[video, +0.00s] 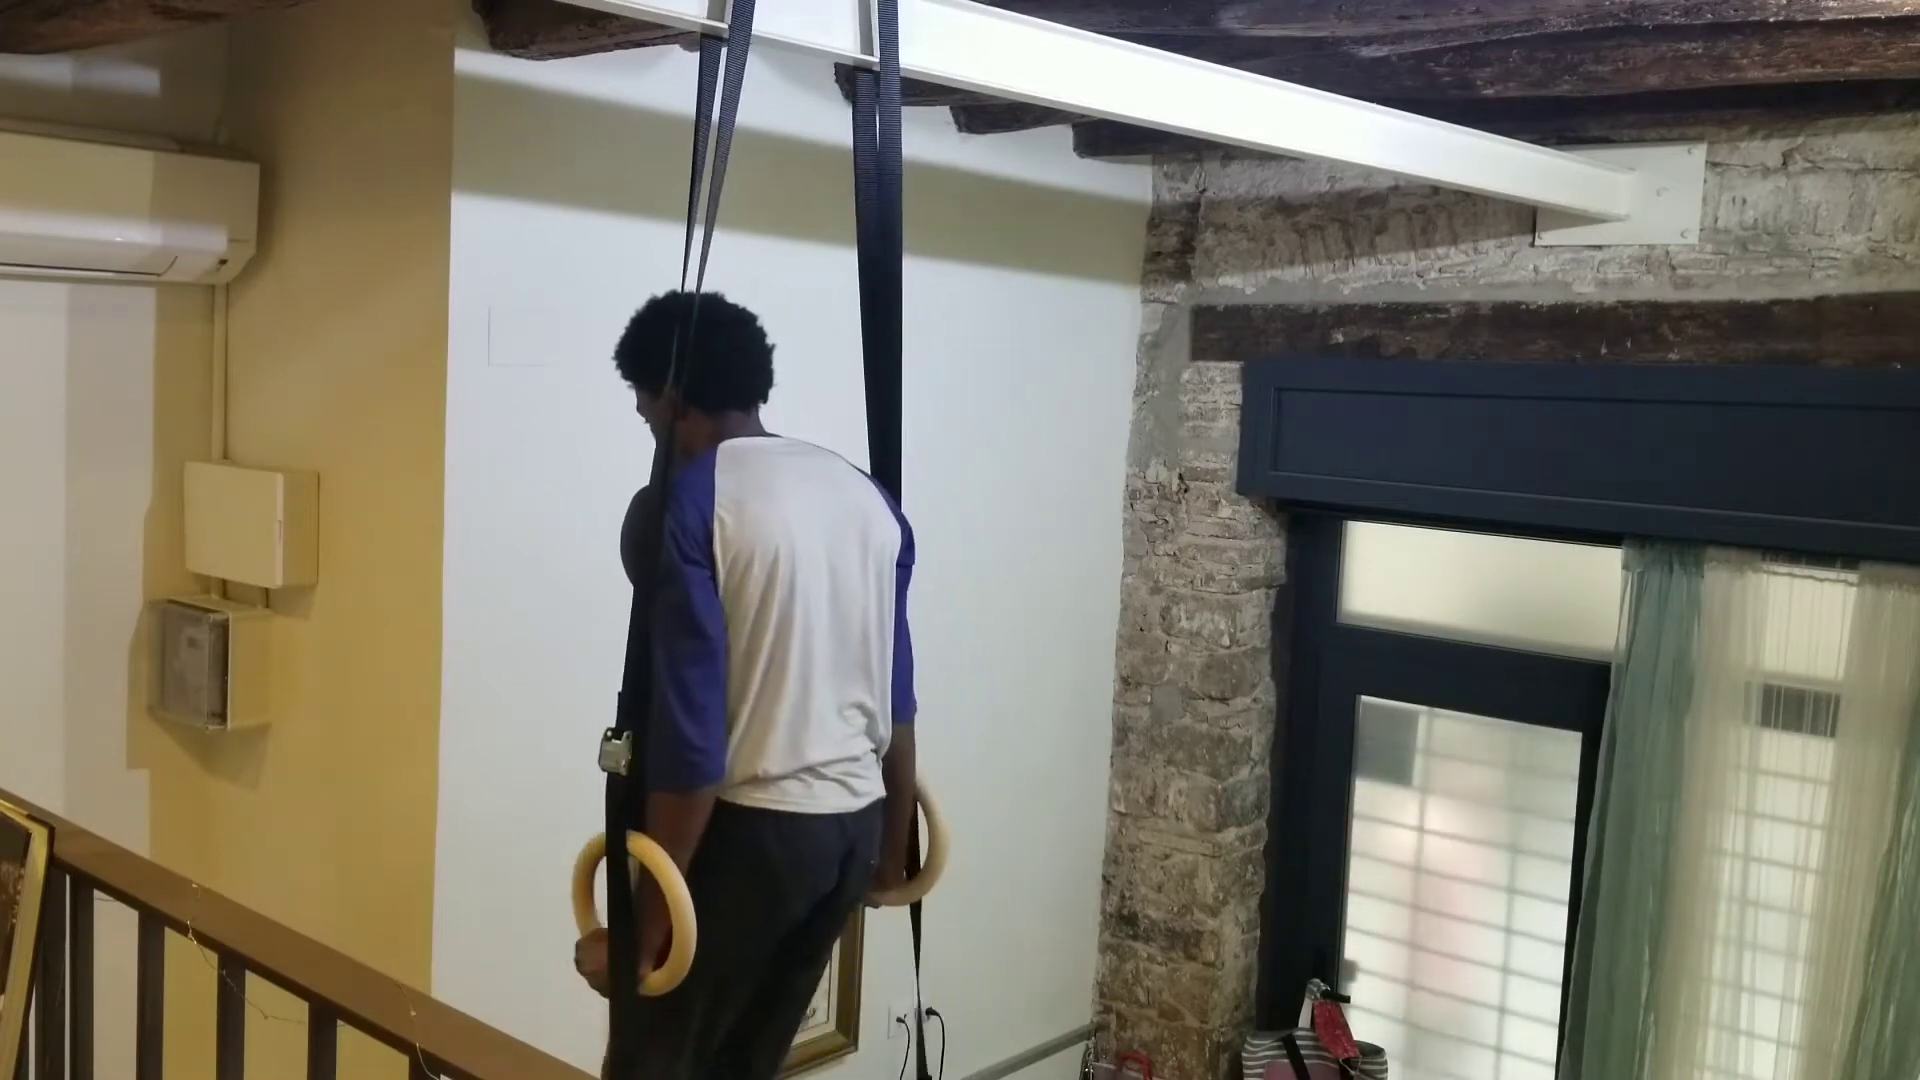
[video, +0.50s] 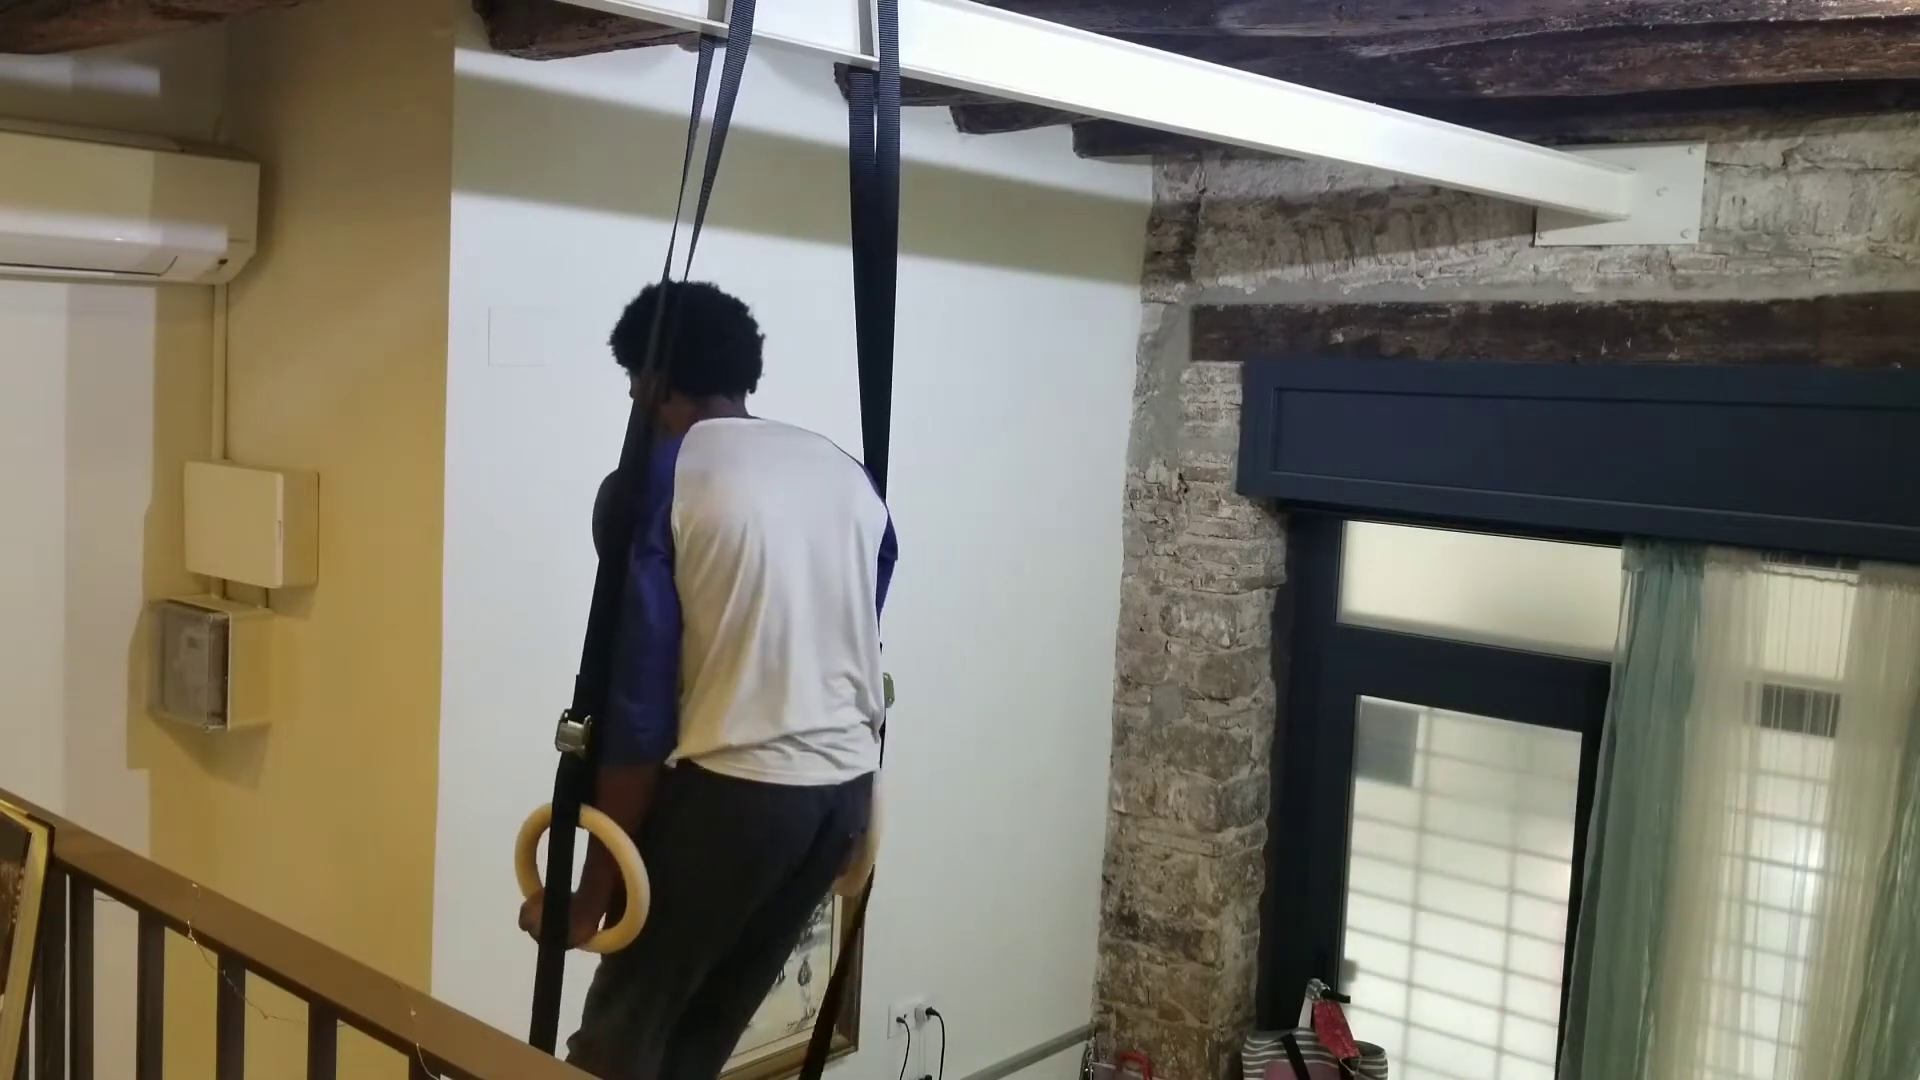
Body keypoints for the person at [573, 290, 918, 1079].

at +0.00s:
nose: (647, 419)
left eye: (645, 399)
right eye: (642, 401)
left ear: (673, 393)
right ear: (754, 383)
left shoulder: (688, 500)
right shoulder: (867, 496)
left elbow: (691, 734)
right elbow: (896, 694)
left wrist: (644, 910)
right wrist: (896, 842)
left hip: (739, 844)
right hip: (849, 842)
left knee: (653, 1063)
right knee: (747, 1063)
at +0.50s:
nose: (631, 399)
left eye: (633, 378)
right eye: (631, 378)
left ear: (657, 375)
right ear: (741, 376)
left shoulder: (657, 478)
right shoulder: (845, 472)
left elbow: (643, 694)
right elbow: (859, 637)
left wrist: (600, 867)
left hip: (726, 800)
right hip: (837, 805)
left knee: (621, 1035)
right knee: (702, 1042)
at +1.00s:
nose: (655, 418)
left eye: (653, 396)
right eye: (649, 399)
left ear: (679, 389)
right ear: (761, 384)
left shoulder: (673, 494)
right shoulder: (876, 480)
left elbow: (688, 724)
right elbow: (902, 654)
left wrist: (654, 937)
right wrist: (916, 853)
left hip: (792, 802)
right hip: (908, 804)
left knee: (703, 1050)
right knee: (789, 1053)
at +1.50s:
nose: (639, 444)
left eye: (635, 425)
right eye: (632, 427)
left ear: (659, 407)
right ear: (741, 395)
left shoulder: (671, 495)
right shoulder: (851, 462)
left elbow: (693, 727)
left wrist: (652, 934)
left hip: (824, 783)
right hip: (945, 771)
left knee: (806, 1057)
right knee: (915, 1055)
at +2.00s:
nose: (617, 448)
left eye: (613, 430)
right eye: (609, 432)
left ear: (640, 410)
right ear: (717, 391)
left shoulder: (646, 497)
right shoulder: (835, 471)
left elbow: (667, 678)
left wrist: (667, 861)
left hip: (782, 802)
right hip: (895, 787)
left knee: (779, 1058)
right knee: (877, 1059)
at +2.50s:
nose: (601, 429)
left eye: (596, 411)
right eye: (594, 412)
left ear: (619, 397)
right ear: (699, 382)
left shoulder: (617, 489)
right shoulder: (812, 470)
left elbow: (628, 693)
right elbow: (816, 661)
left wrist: (635, 895)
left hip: (730, 803)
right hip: (851, 794)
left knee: (739, 1060)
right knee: (831, 1059)